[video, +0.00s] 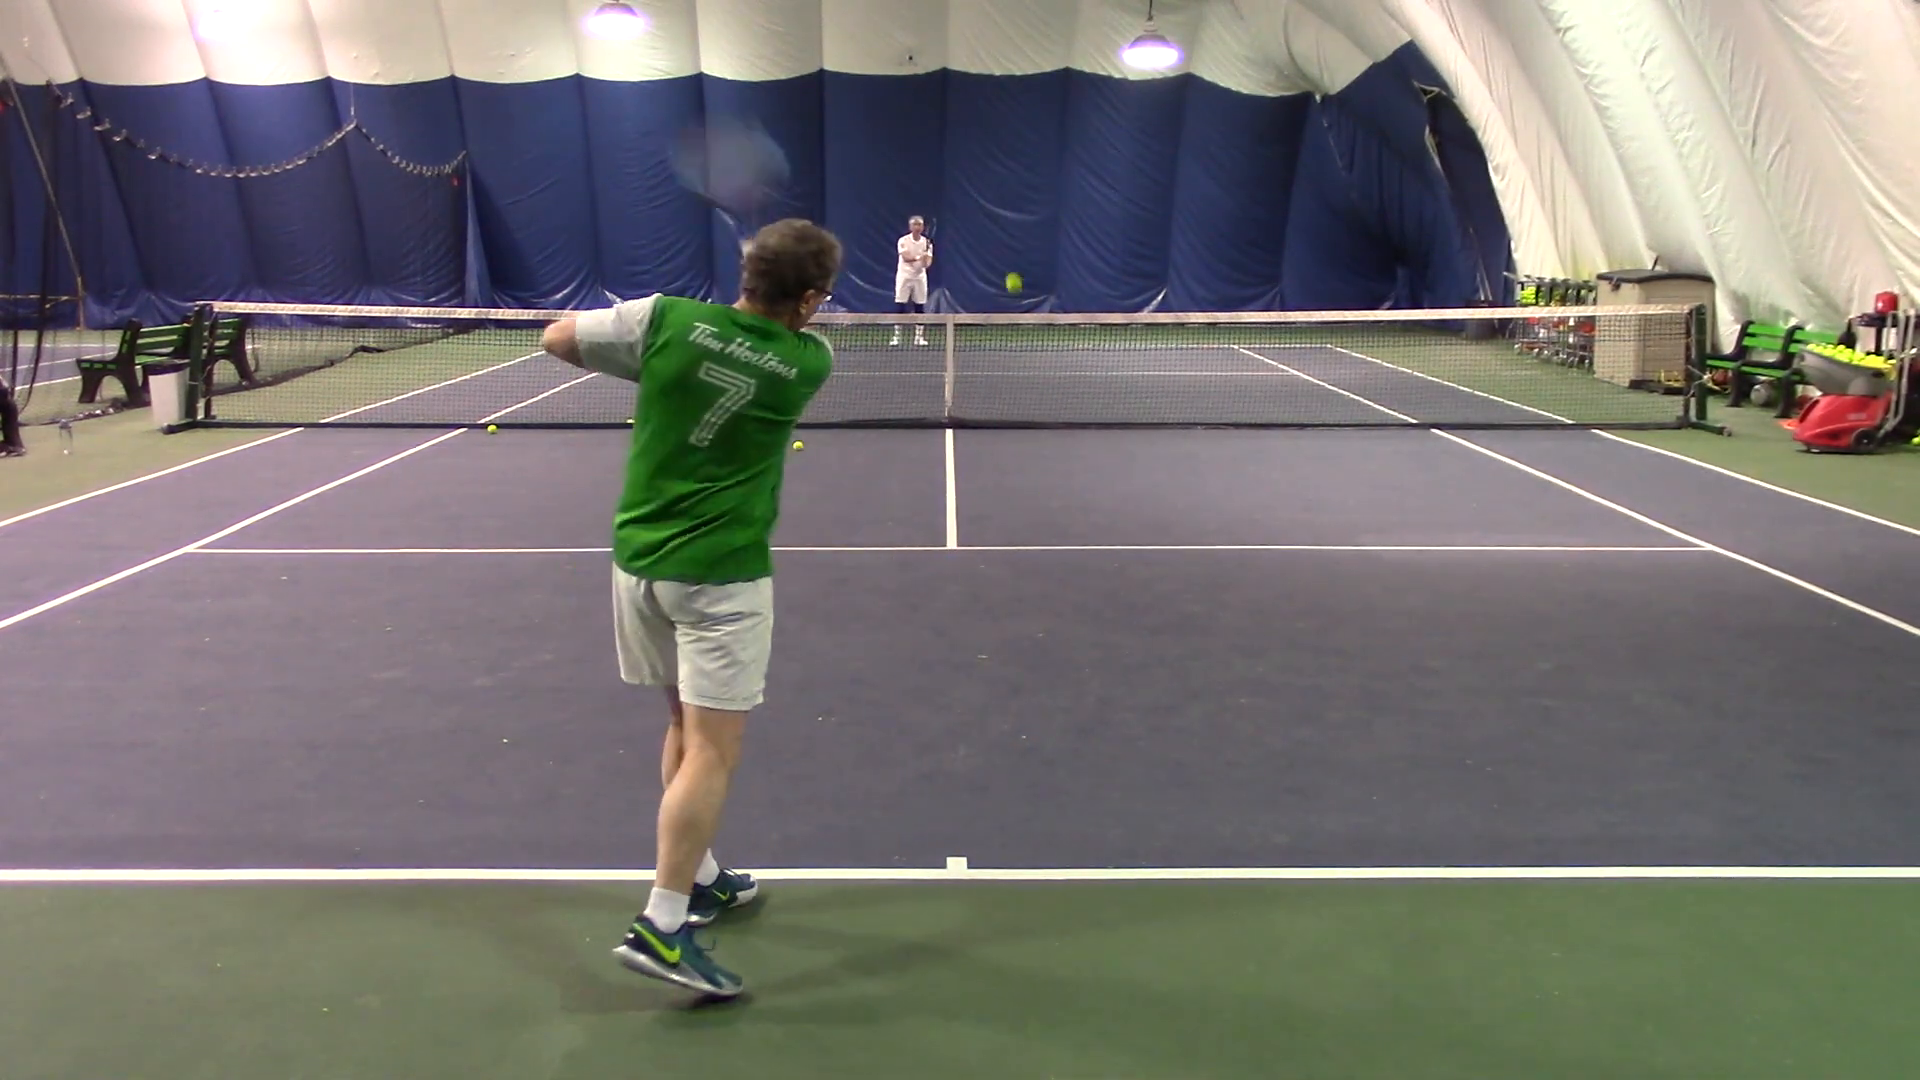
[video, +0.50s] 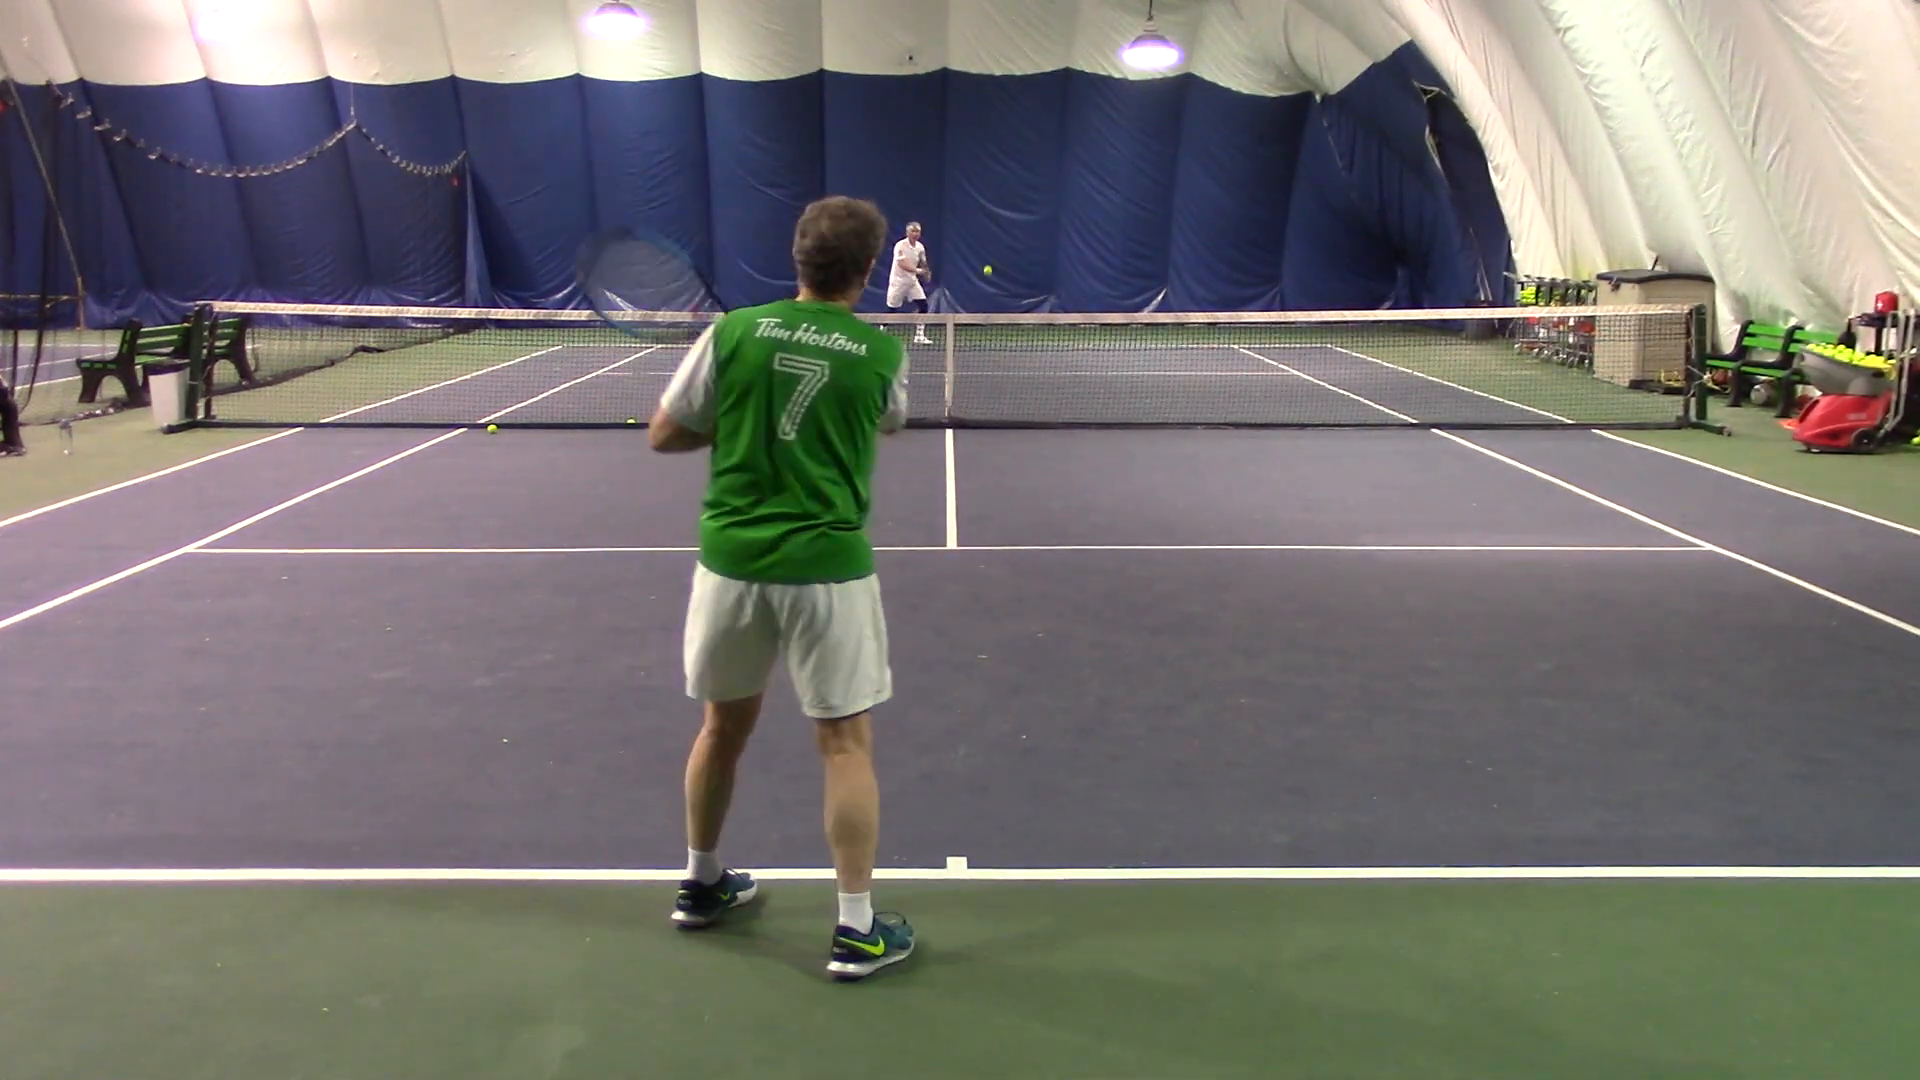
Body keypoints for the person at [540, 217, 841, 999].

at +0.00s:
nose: (825, 299)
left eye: (825, 288)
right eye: (825, 290)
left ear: (745, 277)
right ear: (807, 300)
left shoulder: (666, 320)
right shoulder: (808, 365)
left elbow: (558, 336)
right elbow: (758, 360)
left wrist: (628, 349)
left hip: (640, 562)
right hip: (724, 574)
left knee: (684, 723)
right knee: (711, 750)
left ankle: (699, 878)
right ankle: (659, 923)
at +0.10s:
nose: (830, 296)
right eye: (832, 287)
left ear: (756, 275)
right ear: (818, 295)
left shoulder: (679, 320)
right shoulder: (815, 356)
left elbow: (570, 353)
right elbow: (774, 300)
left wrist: (634, 340)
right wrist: (737, 241)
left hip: (656, 558)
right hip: (744, 570)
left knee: (688, 725)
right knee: (733, 743)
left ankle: (704, 878)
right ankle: (688, 911)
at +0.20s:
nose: (840, 293)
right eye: (842, 282)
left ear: (764, 268)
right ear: (828, 288)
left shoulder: (688, 319)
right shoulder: (827, 349)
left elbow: (585, 363)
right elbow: (779, 292)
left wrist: (637, 343)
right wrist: (725, 229)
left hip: (669, 556)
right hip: (760, 565)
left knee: (696, 722)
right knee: (767, 742)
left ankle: (696, 881)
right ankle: (745, 915)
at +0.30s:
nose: (849, 285)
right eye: (851, 276)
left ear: (778, 267)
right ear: (841, 284)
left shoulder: (698, 322)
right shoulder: (841, 349)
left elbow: (606, 381)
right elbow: (795, 302)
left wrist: (668, 347)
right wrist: (739, 254)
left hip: (686, 556)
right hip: (780, 563)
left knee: (705, 723)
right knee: (806, 738)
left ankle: (699, 883)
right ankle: (818, 919)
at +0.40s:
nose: (859, 278)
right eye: (861, 268)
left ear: (786, 265)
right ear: (856, 279)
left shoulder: (716, 324)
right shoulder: (861, 352)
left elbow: (631, 404)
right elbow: (812, 333)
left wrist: (710, 393)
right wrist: (772, 299)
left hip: (708, 558)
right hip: (803, 564)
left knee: (714, 722)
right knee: (836, 737)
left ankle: (698, 883)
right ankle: (858, 917)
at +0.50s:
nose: (874, 270)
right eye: (874, 262)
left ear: (797, 261)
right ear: (867, 272)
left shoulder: (734, 331)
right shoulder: (885, 351)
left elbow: (666, 432)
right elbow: (884, 423)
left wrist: (739, 417)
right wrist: (809, 394)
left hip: (732, 565)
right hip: (829, 571)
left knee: (721, 726)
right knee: (845, 743)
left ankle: (701, 883)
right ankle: (856, 926)